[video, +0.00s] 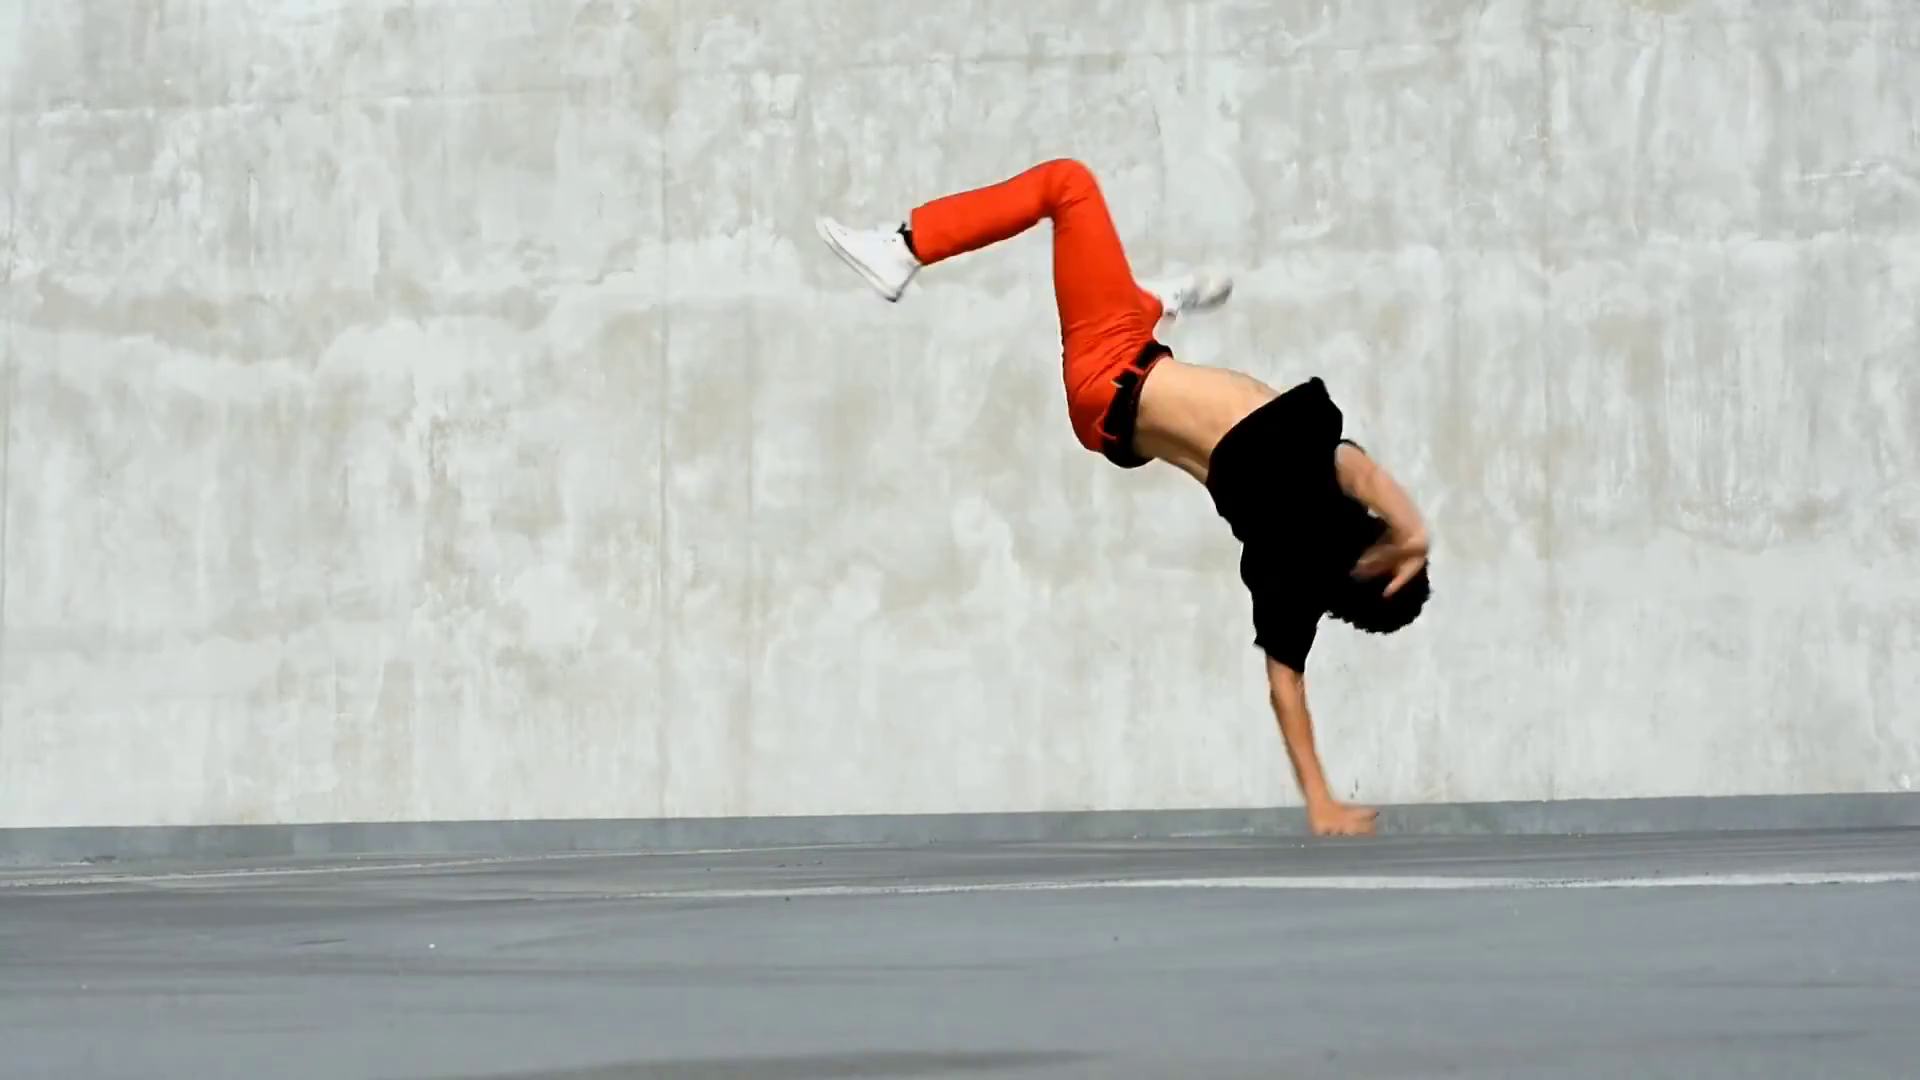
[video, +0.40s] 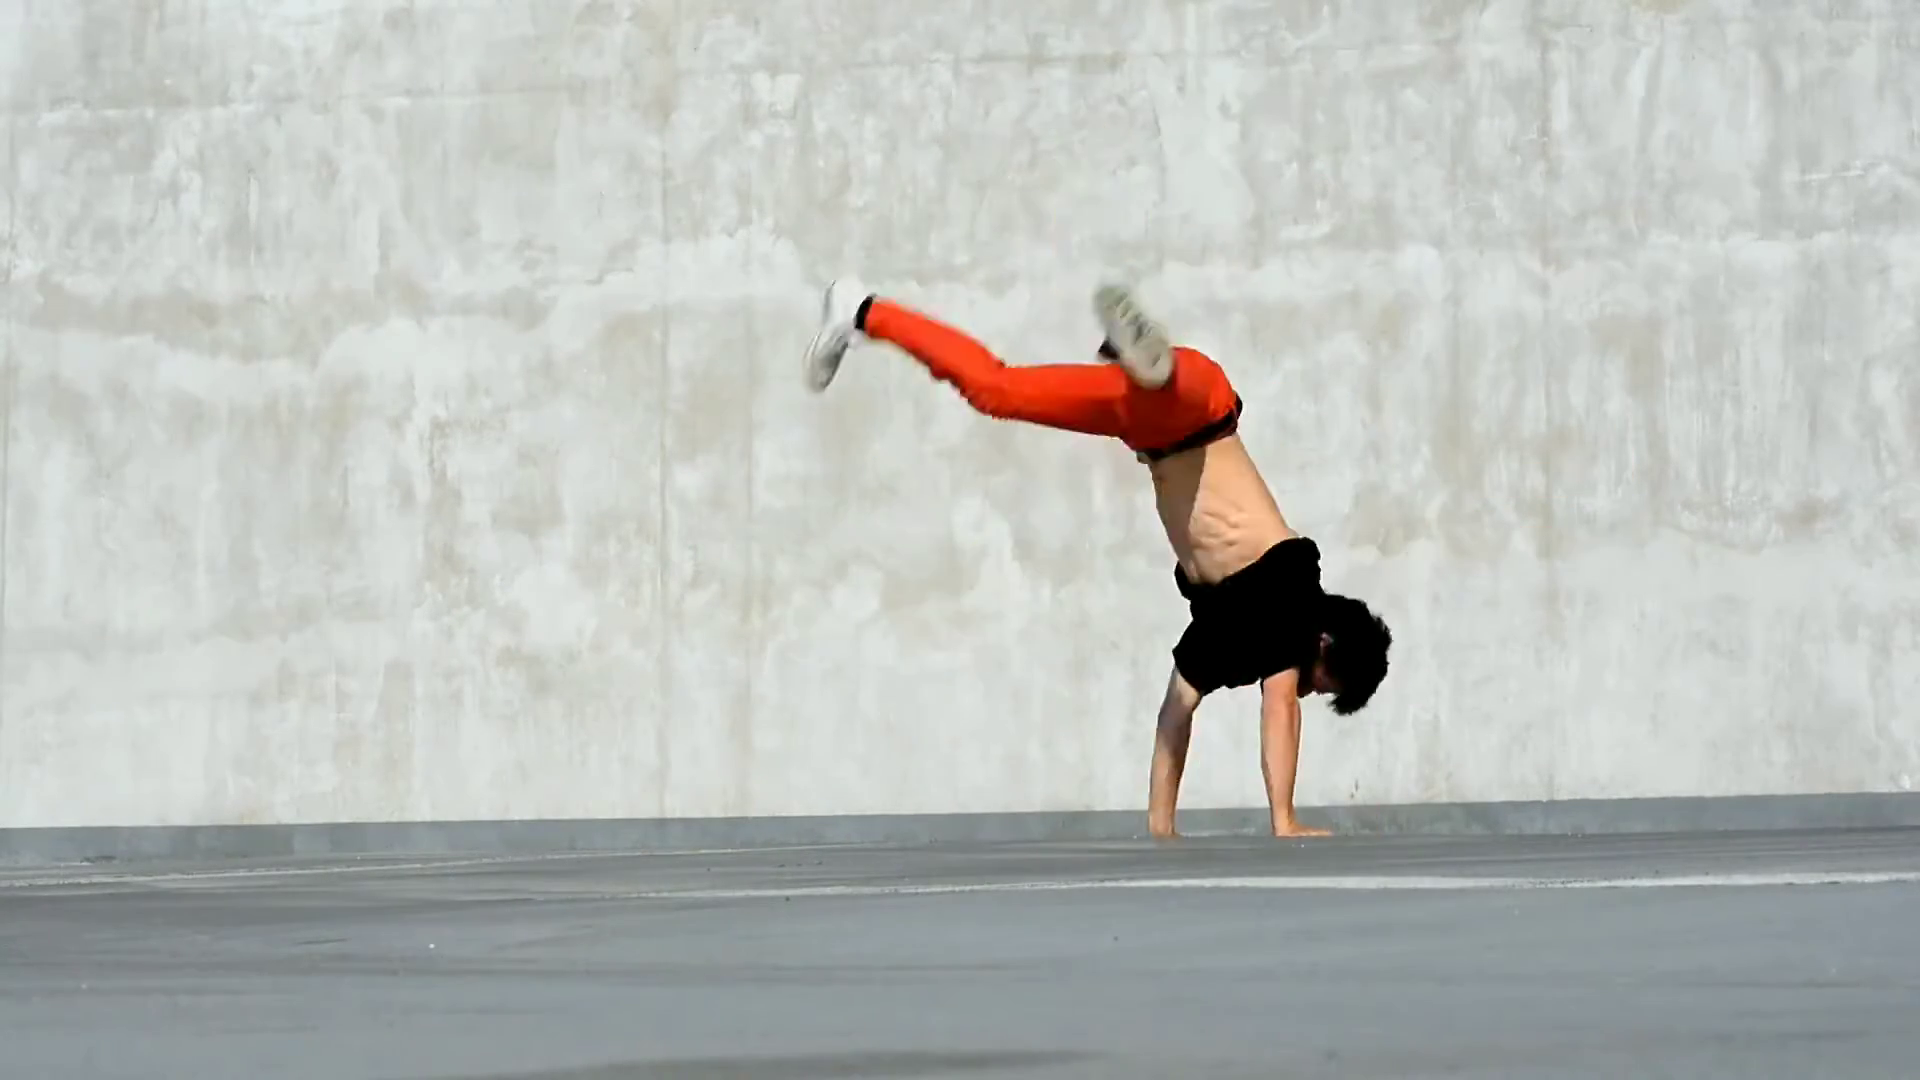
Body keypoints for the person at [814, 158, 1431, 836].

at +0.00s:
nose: (1395, 558)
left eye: (1393, 571)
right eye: (1404, 571)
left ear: (1370, 572)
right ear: (1392, 566)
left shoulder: (1291, 562)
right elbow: (1285, 690)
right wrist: (1323, 806)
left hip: (1105, 383)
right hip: (1117, 431)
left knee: (1066, 182)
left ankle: (900, 249)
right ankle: (1159, 308)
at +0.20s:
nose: (1386, 679)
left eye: (1398, 668)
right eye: (1382, 667)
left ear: (1379, 605)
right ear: (1353, 641)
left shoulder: (1341, 562)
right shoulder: (1277, 611)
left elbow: (1366, 619)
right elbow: (1258, 707)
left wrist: (1381, 677)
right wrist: (1279, 818)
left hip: (1183, 361)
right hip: (1126, 407)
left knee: (1181, 261)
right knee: (1037, 545)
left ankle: (1183, 171)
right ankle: (924, 689)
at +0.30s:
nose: (1325, 686)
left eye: (1336, 681)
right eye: (1339, 680)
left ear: (1332, 634)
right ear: (1340, 649)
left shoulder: (1271, 608)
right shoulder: (1297, 607)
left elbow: (1226, 697)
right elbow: (1272, 705)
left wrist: (1197, 795)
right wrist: (1282, 819)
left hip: (1177, 361)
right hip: (1181, 392)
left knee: (1080, 281)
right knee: (1060, 513)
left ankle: (1078, 123)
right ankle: (935, 616)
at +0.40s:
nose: (1312, 699)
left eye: (1323, 697)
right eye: (1328, 692)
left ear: (1308, 657)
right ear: (1328, 657)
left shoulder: (1220, 627)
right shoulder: (1299, 604)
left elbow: (1176, 718)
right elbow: (1281, 711)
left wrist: (1162, 827)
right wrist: (1285, 822)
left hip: (1149, 427)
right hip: (1200, 402)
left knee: (994, 391)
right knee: (1165, 380)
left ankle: (865, 312)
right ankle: (1142, 352)